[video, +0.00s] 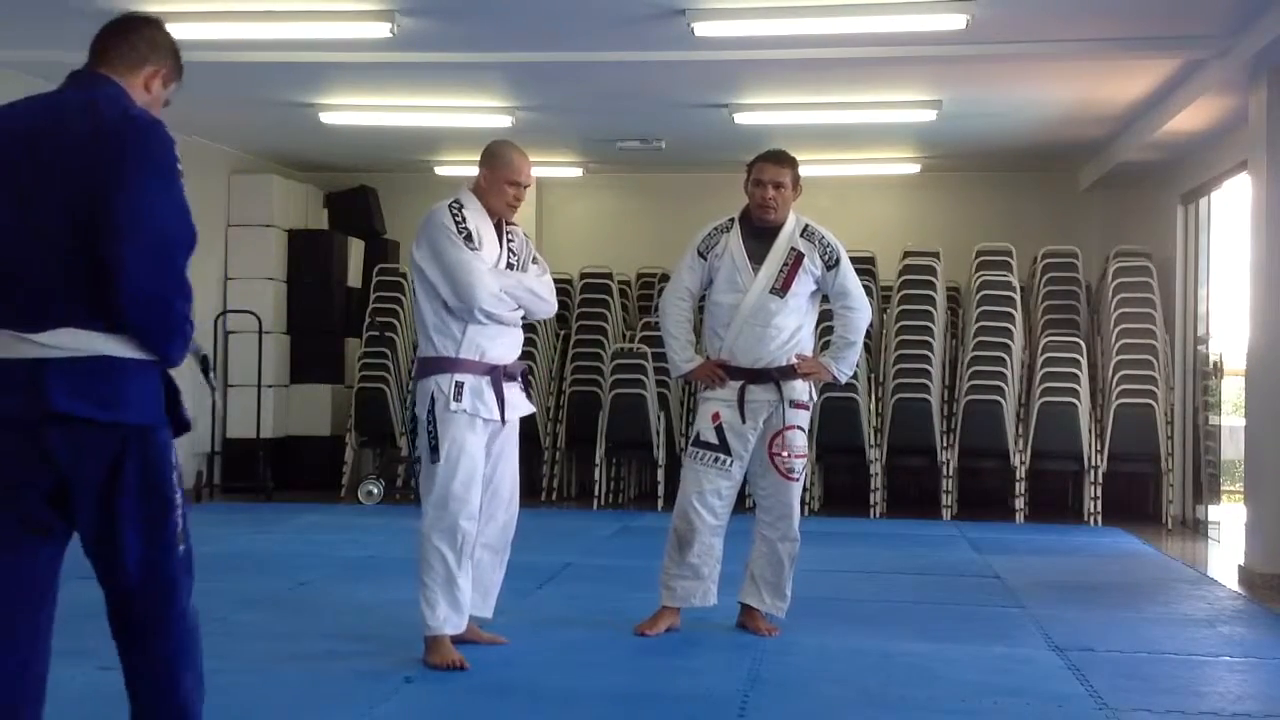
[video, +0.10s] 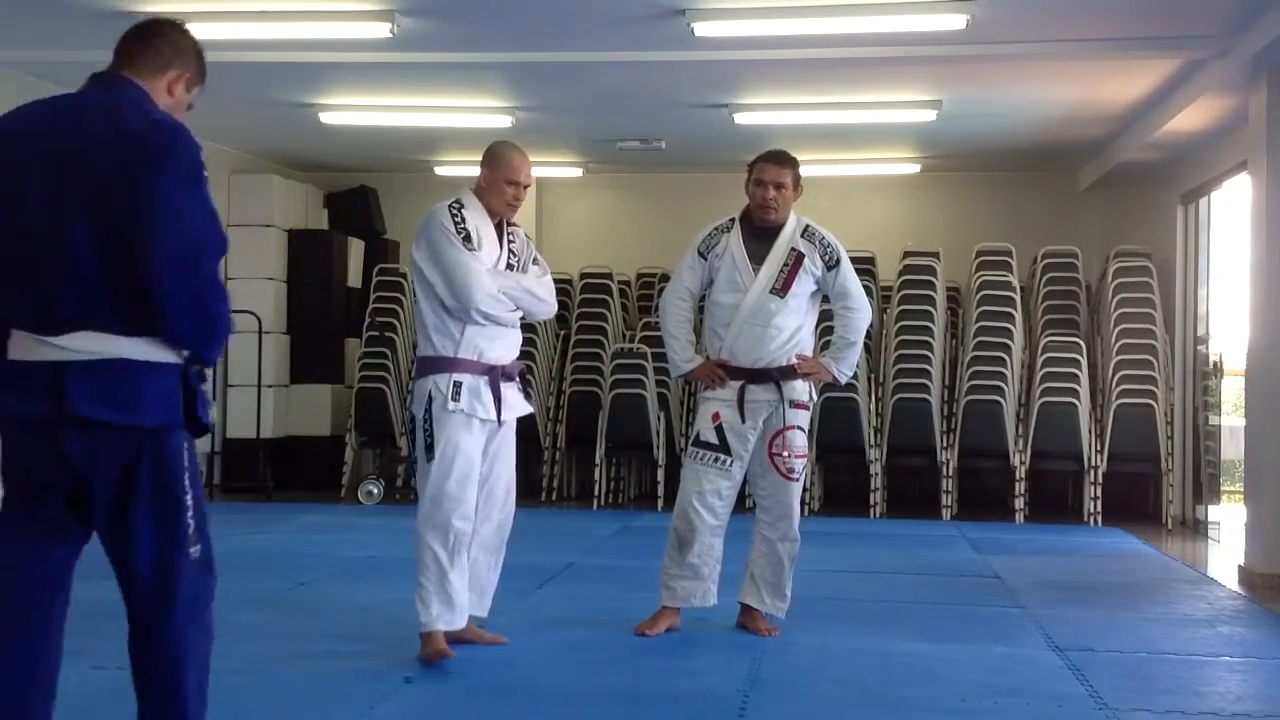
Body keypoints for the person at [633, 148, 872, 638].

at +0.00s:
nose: (767, 194)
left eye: (779, 186)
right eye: (759, 184)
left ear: (796, 193)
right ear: (745, 186)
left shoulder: (820, 246)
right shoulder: (714, 240)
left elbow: (855, 309)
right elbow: (675, 301)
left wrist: (835, 364)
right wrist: (688, 359)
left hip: (787, 393)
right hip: (722, 388)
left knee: (780, 509)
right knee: (696, 502)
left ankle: (756, 607)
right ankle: (672, 605)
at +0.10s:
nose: (768, 195)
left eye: (779, 187)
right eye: (760, 184)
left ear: (796, 193)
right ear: (746, 186)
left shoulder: (820, 247)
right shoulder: (715, 240)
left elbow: (855, 309)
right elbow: (675, 301)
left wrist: (835, 365)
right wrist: (688, 359)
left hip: (788, 393)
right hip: (722, 388)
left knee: (780, 509)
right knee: (696, 502)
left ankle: (756, 607)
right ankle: (672, 605)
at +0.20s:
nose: (769, 195)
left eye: (780, 187)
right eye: (761, 184)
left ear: (797, 193)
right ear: (747, 186)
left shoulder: (820, 247)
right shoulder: (715, 240)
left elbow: (855, 309)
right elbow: (675, 301)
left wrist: (836, 365)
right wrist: (688, 359)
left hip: (788, 394)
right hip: (722, 389)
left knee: (780, 509)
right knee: (696, 503)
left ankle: (756, 607)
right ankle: (672, 605)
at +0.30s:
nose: (770, 195)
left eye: (781, 187)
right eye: (762, 184)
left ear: (798, 194)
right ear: (748, 186)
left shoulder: (820, 247)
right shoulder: (714, 240)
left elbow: (855, 309)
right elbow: (675, 300)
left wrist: (836, 365)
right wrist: (688, 359)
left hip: (788, 394)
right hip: (722, 389)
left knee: (779, 509)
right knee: (696, 503)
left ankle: (756, 607)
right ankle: (672, 605)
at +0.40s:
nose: (770, 195)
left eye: (782, 187)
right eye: (763, 184)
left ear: (798, 194)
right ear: (748, 186)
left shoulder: (820, 247)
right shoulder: (714, 240)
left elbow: (855, 310)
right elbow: (675, 301)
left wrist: (836, 365)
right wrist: (689, 359)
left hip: (787, 394)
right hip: (722, 389)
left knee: (780, 509)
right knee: (696, 503)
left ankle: (756, 607)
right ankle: (672, 605)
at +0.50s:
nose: (770, 195)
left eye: (781, 187)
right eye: (763, 184)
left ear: (799, 194)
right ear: (748, 186)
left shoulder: (820, 247)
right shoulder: (715, 240)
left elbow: (856, 309)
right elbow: (675, 300)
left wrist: (836, 365)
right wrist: (689, 359)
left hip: (787, 394)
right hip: (722, 389)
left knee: (780, 509)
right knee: (696, 503)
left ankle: (756, 607)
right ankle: (672, 605)